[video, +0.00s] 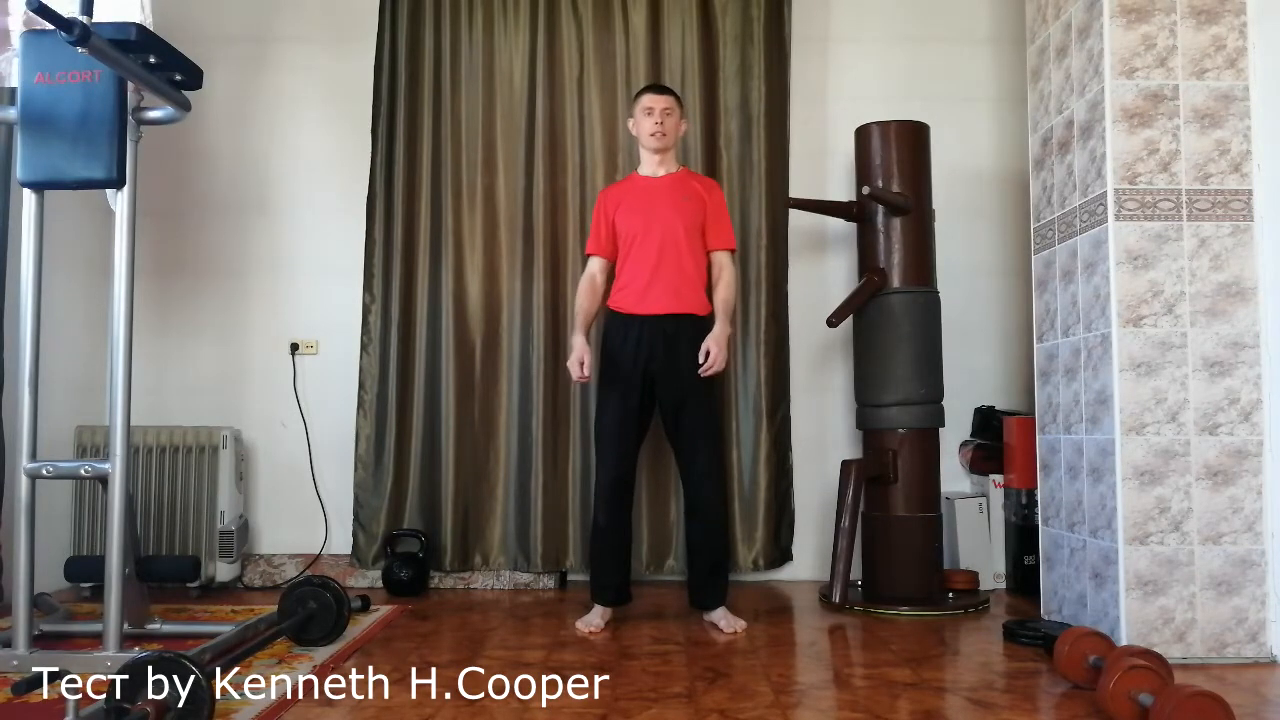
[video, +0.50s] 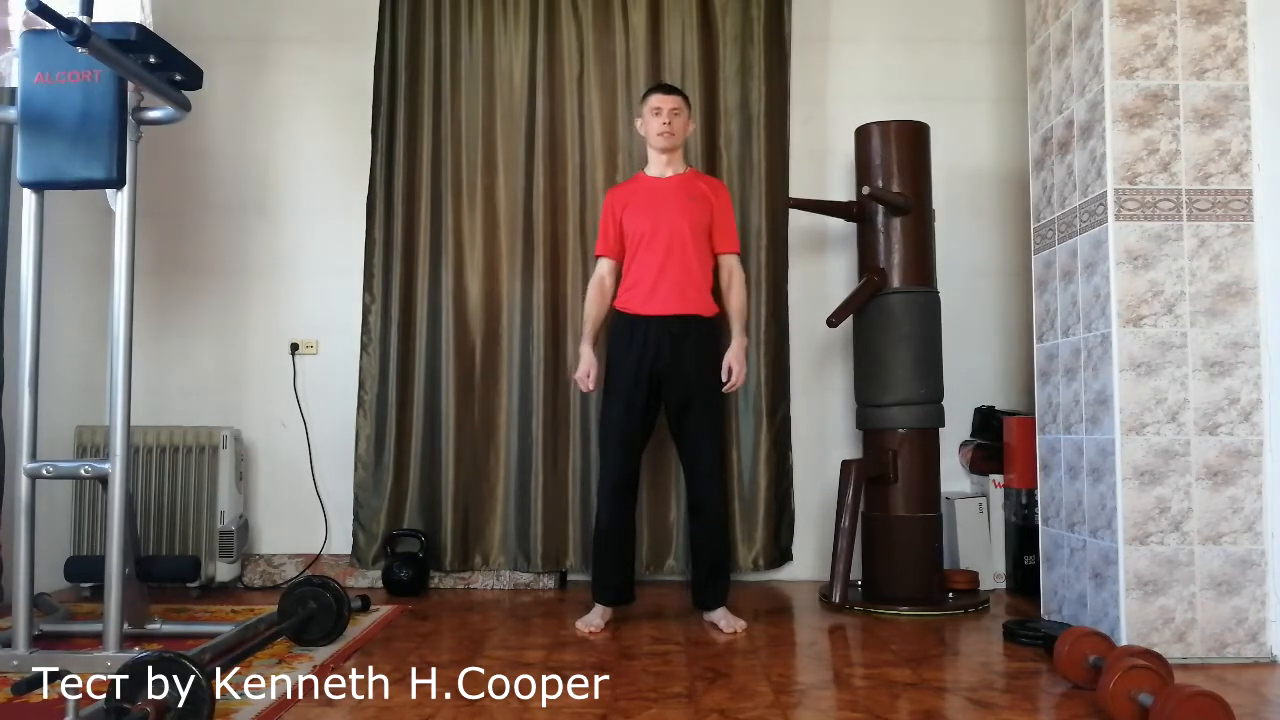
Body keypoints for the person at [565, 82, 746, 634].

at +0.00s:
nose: (658, 120)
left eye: (667, 112)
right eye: (648, 113)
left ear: (682, 126)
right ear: (632, 126)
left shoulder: (705, 191)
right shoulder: (613, 196)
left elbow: (724, 269)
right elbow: (596, 273)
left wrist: (722, 327)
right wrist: (579, 333)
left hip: (689, 338)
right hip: (624, 338)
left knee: (704, 473)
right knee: (613, 472)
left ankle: (710, 601)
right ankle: (606, 599)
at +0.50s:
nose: (665, 120)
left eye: (675, 112)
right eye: (655, 113)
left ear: (690, 126)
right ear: (640, 126)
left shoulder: (712, 192)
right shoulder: (620, 197)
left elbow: (731, 272)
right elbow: (604, 276)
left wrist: (738, 338)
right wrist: (587, 343)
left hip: (697, 340)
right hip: (631, 339)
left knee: (706, 474)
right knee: (617, 473)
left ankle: (712, 601)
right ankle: (607, 598)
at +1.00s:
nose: (669, 122)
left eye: (679, 114)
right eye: (659, 114)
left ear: (693, 127)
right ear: (643, 127)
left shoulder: (715, 193)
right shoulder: (624, 198)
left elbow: (732, 272)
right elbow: (608, 275)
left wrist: (732, 334)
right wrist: (594, 340)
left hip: (698, 339)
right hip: (633, 339)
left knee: (707, 475)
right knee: (618, 473)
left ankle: (712, 602)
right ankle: (608, 599)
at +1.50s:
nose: (672, 122)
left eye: (682, 115)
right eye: (662, 115)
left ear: (696, 127)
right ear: (645, 126)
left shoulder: (716, 194)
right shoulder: (625, 198)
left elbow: (734, 272)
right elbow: (609, 275)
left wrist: (738, 340)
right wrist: (593, 343)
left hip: (699, 340)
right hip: (635, 339)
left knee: (709, 474)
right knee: (619, 472)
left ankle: (712, 601)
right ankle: (608, 598)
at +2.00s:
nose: (675, 123)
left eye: (685, 115)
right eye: (665, 115)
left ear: (701, 128)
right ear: (648, 127)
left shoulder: (720, 192)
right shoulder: (629, 199)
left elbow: (738, 272)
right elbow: (615, 276)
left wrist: (740, 338)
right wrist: (599, 342)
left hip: (704, 340)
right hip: (640, 338)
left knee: (712, 475)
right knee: (623, 473)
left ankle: (714, 602)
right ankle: (609, 598)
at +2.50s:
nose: (673, 122)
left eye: (683, 115)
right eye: (663, 114)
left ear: (698, 128)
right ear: (646, 128)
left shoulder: (719, 192)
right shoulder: (627, 197)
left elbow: (737, 271)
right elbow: (610, 274)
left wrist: (738, 336)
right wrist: (593, 338)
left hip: (702, 339)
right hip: (637, 338)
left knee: (711, 474)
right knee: (622, 472)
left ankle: (714, 602)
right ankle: (609, 597)